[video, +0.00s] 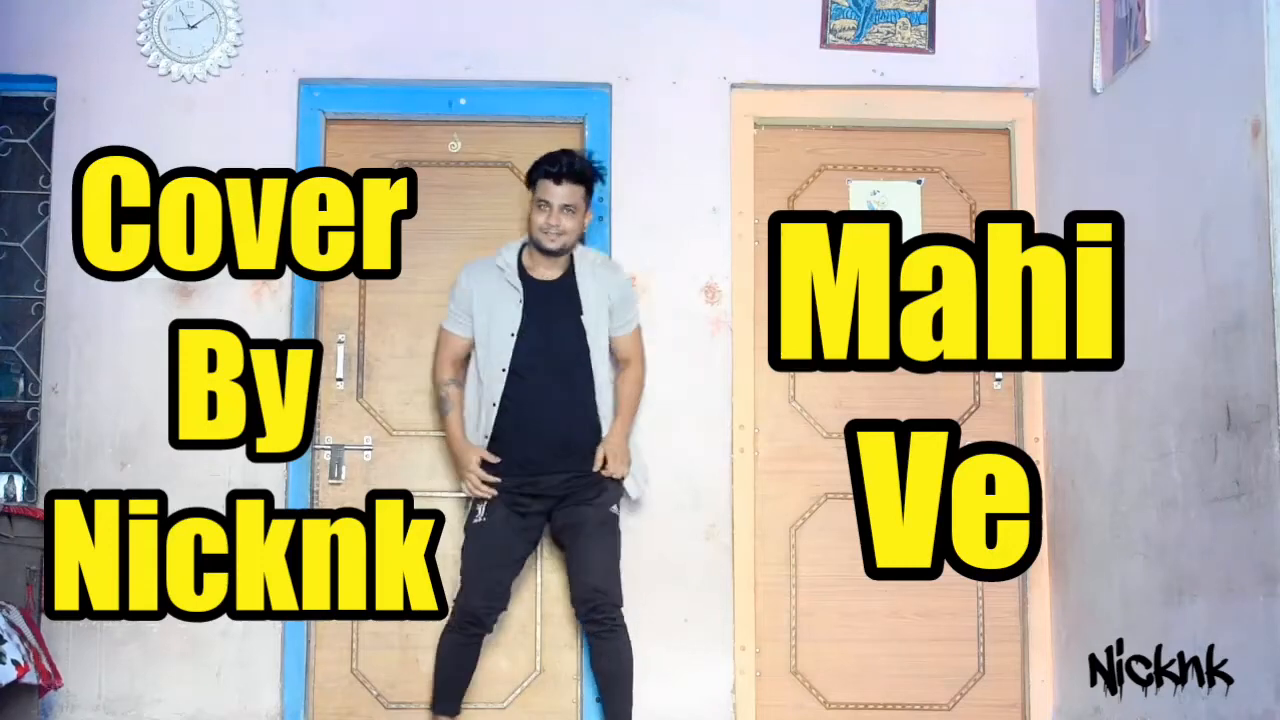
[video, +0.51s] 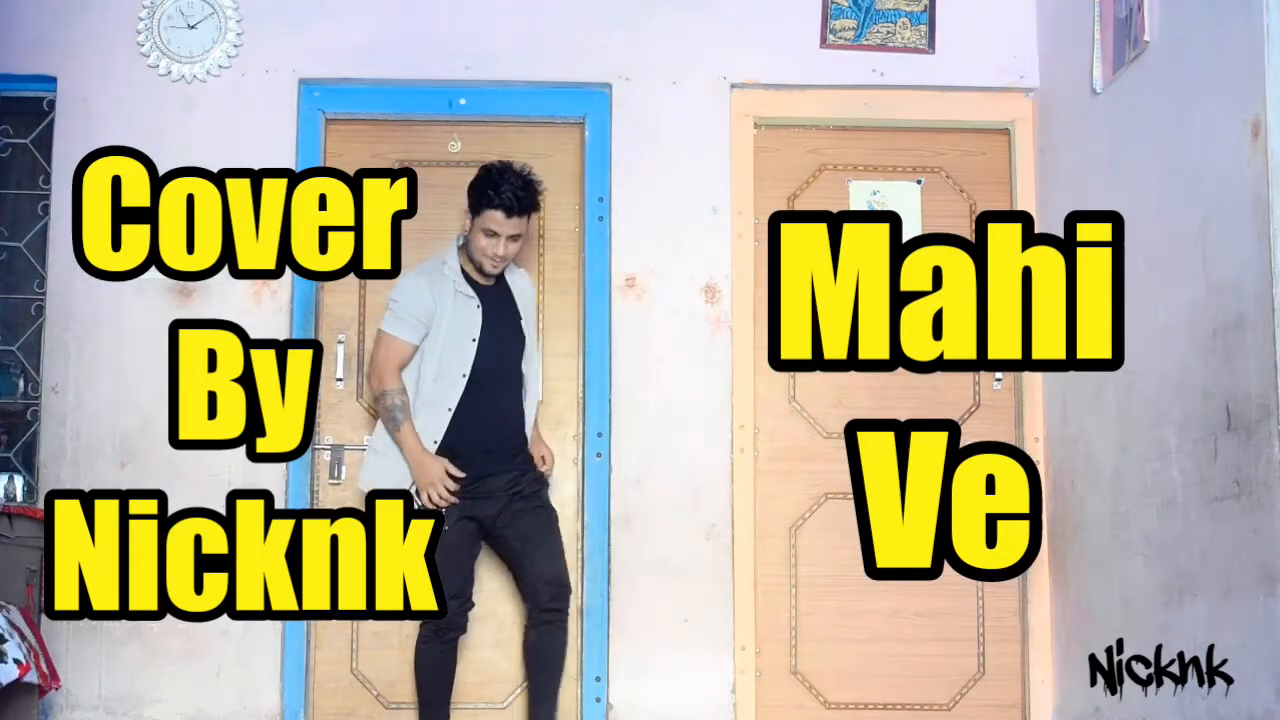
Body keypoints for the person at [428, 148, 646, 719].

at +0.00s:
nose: (553, 220)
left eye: (569, 209)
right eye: (544, 206)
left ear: (587, 217)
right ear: (529, 208)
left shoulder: (608, 280)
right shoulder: (480, 280)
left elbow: (631, 362)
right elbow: (449, 368)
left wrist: (620, 434)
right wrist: (460, 445)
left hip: (587, 484)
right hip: (507, 485)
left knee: (602, 613)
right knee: (473, 613)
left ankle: (621, 719)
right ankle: (442, 715)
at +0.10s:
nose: (538, 227)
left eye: (553, 215)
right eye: (528, 212)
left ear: (571, 219)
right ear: (511, 210)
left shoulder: (587, 283)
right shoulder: (462, 283)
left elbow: (604, 362)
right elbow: (427, 369)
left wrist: (603, 430)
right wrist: (446, 449)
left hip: (571, 486)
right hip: (491, 489)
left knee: (593, 613)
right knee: (467, 618)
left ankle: (618, 718)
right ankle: (439, 718)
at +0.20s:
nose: (524, 236)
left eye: (538, 225)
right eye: (513, 222)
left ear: (554, 224)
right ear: (495, 213)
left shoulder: (564, 286)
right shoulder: (445, 283)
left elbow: (575, 367)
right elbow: (409, 370)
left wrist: (578, 434)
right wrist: (430, 452)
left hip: (554, 487)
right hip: (473, 491)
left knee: (583, 608)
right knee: (458, 618)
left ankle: (617, 717)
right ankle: (436, 719)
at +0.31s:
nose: (513, 252)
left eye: (527, 240)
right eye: (503, 236)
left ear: (542, 233)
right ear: (481, 221)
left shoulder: (543, 286)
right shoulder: (430, 287)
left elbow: (557, 368)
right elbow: (392, 376)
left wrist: (562, 435)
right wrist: (423, 457)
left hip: (537, 489)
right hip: (459, 493)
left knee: (573, 605)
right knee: (450, 620)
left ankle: (606, 717)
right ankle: (436, 719)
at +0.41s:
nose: (505, 259)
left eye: (518, 247)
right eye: (494, 243)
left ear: (534, 241)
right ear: (473, 228)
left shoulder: (529, 289)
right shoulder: (424, 293)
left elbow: (536, 372)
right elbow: (383, 380)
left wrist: (544, 434)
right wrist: (419, 458)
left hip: (525, 486)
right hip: (452, 491)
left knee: (564, 601)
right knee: (447, 621)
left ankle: (577, 716)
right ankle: (435, 719)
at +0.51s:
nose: (501, 250)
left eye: (514, 238)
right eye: (490, 235)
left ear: (527, 232)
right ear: (468, 222)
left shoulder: (522, 286)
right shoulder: (425, 284)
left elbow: (525, 370)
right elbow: (384, 373)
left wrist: (533, 431)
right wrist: (417, 457)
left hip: (517, 484)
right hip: (446, 489)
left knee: (552, 602)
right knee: (445, 620)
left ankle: (543, 717)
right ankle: (434, 719)